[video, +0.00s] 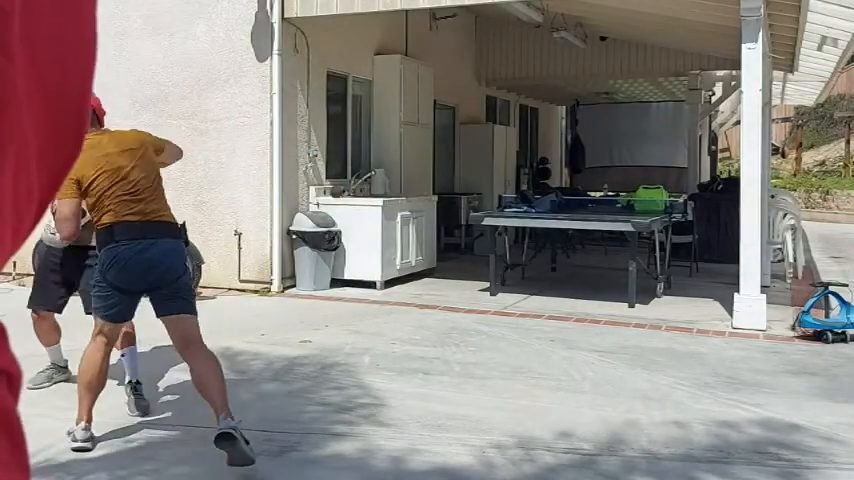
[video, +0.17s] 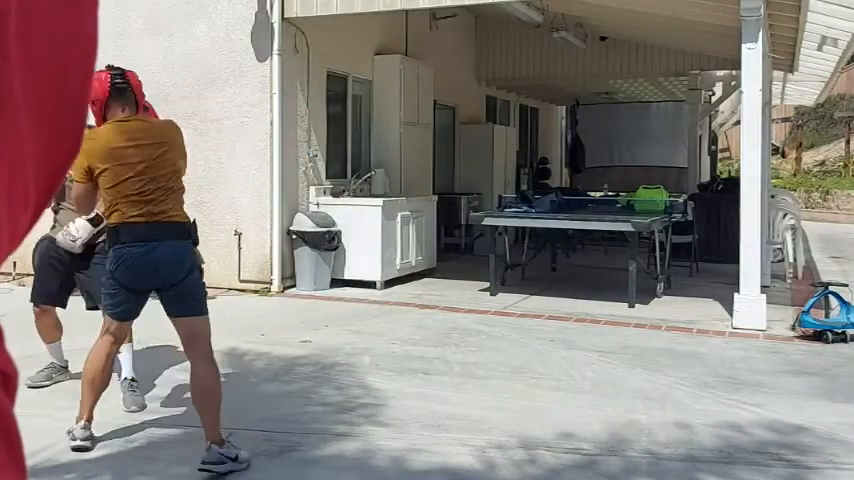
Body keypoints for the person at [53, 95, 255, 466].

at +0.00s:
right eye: (98, 112)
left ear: (73, 124)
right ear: (99, 115)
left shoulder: (72, 161)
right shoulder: (136, 139)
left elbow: (66, 231)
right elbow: (174, 152)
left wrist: (81, 217)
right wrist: (137, 162)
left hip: (119, 247)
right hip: (167, 242)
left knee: (102, 337)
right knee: (191, 344)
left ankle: (83, 426)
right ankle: (226, 421)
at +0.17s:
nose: (96, 113)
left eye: (97, 106)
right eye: (98, 107)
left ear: (100, 105)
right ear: (139, 98)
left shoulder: (95, 139)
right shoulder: (170, 130)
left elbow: (81, 202)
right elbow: (174, 175)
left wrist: (111, 172)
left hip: (128, 251)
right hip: (178, 248)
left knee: (110, 337)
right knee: (200, 351)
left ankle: (83, 424)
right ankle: (215, 444)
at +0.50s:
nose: (210, 106)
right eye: (210, 101)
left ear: (167, 99)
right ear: (207, 101)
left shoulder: (142, 131)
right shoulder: (225, 138)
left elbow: (100, 178)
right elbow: (225, 194)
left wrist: (124, 174)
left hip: (150, 250)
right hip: (199, 253)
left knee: (144, 328)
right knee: (212, 353)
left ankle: (113, 408)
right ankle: (215, 450)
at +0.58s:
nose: (214, 104)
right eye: (214, 97)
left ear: (174, 99)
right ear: (212, 98)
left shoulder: (151, 128)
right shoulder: (228, 139)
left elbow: (97, 167)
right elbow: (232, 187)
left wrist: (84, 148)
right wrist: (224, 141)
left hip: (151, 249)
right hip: (196, 252)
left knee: (148, 335)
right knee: (211, 351)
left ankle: (125, 413)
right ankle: (215, 449)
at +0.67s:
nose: (219, 107)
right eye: (219, 101)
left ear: (177, 100)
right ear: (218, 103)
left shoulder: (149, 127)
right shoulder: (231, 146)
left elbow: (96, 155)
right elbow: (222, 184)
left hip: (149, 250)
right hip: (195, 253)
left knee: (145, 337)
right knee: (223, 346)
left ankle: (121, 416)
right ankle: (221, 443)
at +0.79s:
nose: (224, 118)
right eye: (227, 113)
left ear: (186, 109)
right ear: (227, 115)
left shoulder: (161, 133)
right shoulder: (234, 158)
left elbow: (122, 141)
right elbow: (223, 199)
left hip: (152, 256)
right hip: (198, 259)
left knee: (148, 334)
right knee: (243, 346)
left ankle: (121, 418)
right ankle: (252, 436)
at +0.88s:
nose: (237, 126)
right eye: (238, 121)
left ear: (197, 118)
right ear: (237, 124)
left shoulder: (169, 146)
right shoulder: (243, 171)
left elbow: (122, 161)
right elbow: (232, 223)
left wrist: (151, 155)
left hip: (163, 265)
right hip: (210, 271)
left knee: (153, 340)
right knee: (259, 351)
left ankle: (123, 417)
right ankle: (266, 445)